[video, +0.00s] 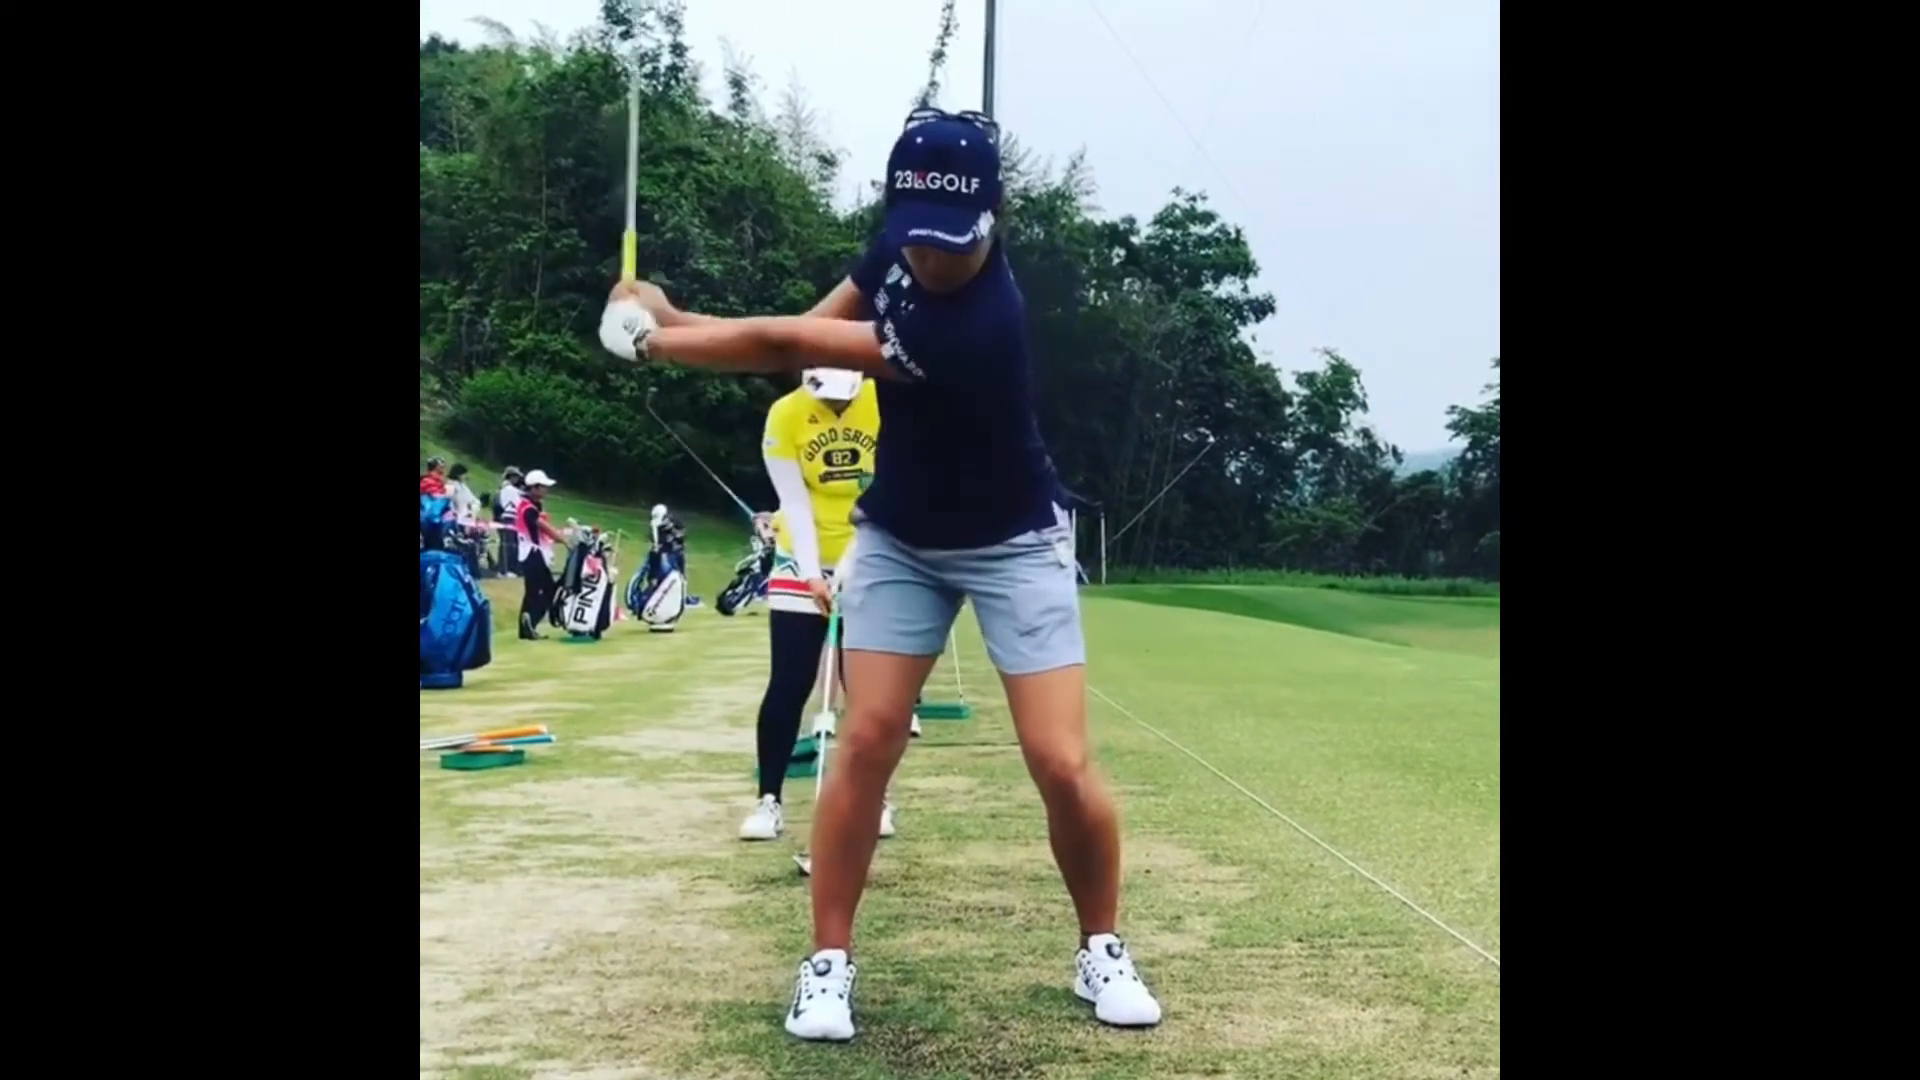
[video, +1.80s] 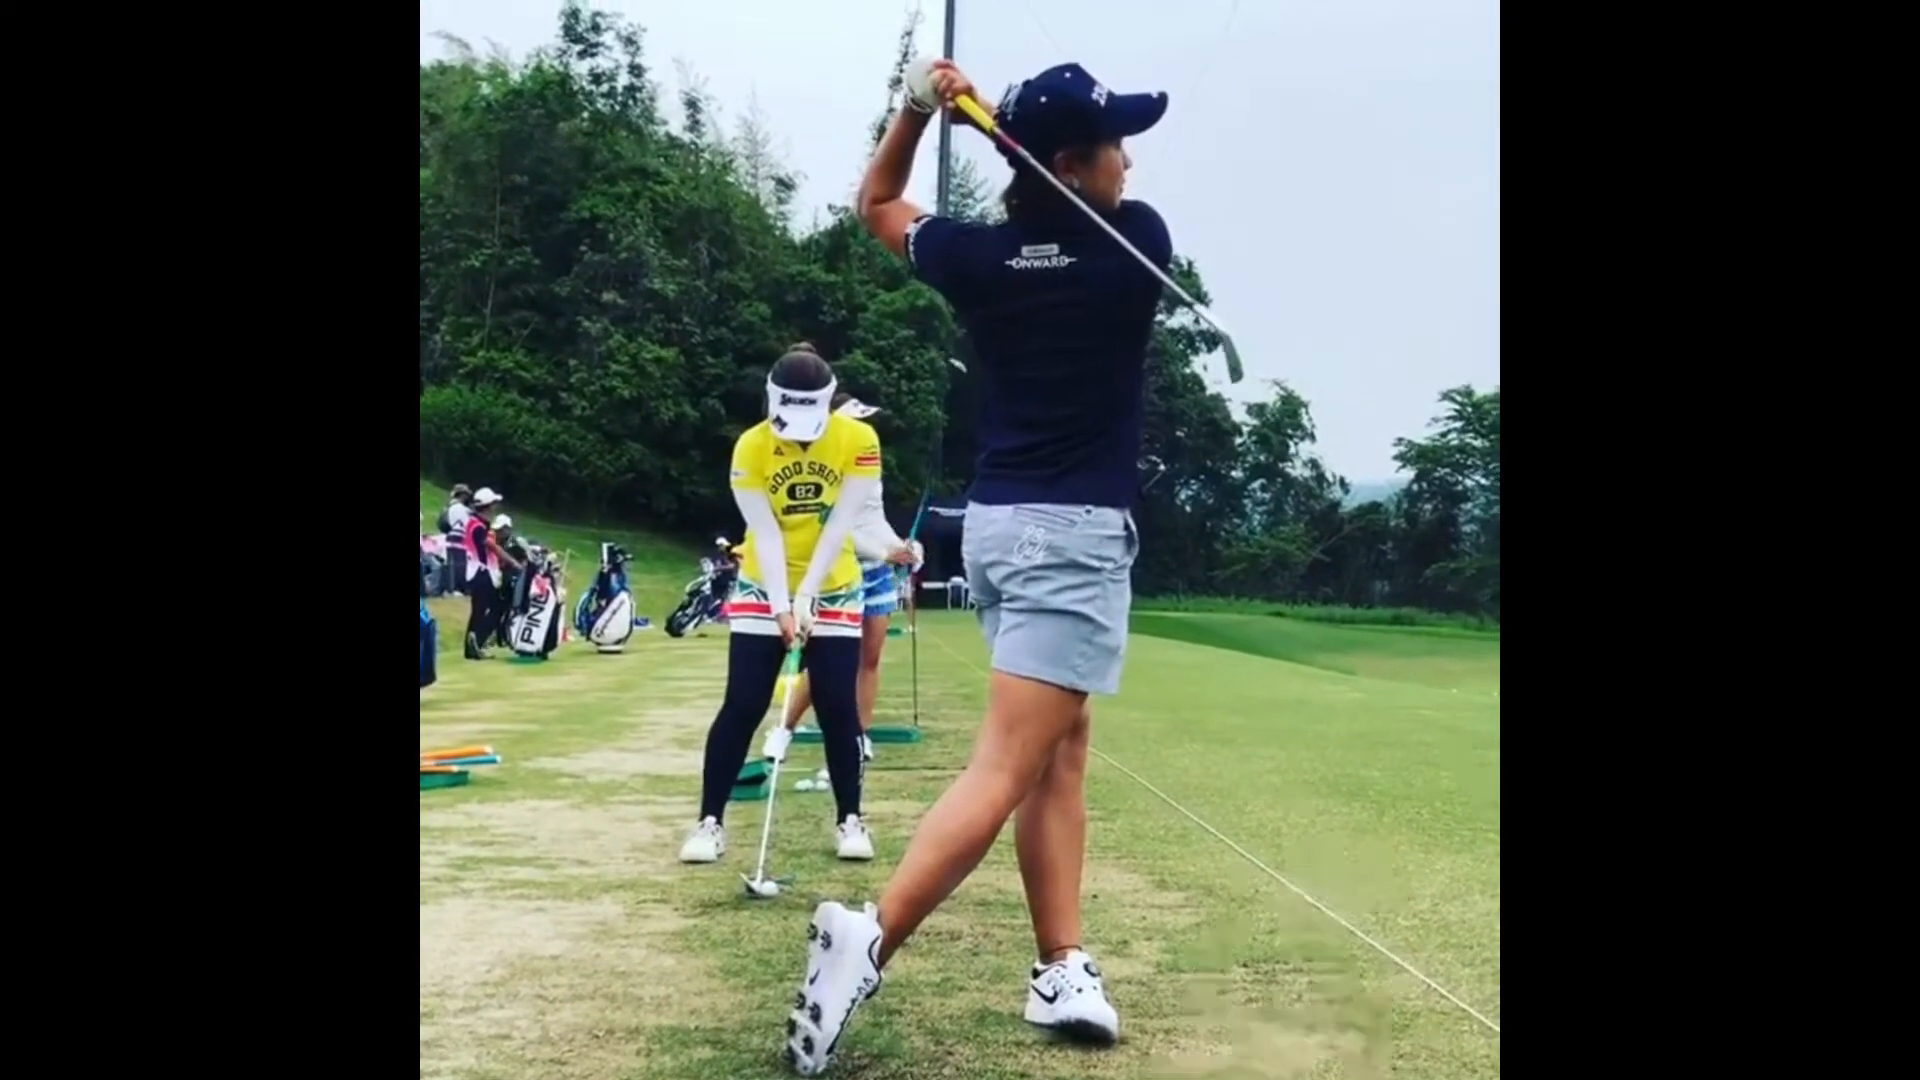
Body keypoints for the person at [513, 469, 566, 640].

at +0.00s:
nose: (545, 491)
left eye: (546, 488)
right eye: (542, 488)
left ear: (535, 490)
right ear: (533, 489)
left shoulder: (529, 506)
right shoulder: (529, 510)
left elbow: (544, 528)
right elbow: (547, 530)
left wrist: (561, 535)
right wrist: (564, 540)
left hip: (532, 551)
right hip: (533, 553)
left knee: (532, 590)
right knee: (549, 587)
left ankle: (526, 627)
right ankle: (531, 619)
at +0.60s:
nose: (526, 497)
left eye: (526, 493)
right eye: (523, 494)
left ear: (512, 495)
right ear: (515, 495)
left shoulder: (507, 512)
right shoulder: (509, 516)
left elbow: (523, 534)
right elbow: (525, 537)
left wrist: (540, 542)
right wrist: (544, 548)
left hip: (508, 557)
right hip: (511, 559)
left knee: (510, 597)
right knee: (528, 594)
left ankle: (504, 635)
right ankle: (510, 626)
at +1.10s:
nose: (503, 501)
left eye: (503, 498)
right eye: (501, 498)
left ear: (487, 498)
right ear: (494, 499)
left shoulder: (482, 516)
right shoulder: (486, 520)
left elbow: (500, 539)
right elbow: (502, 541)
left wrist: (517, 549)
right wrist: (521, 552)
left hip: (483, 560)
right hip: (488, 563)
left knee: (486, 601)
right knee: (504, 599)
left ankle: (479, 639)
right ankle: (485, 631)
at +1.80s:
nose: (495, 508)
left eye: (495, 505)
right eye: (493, 505)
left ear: (479, 506)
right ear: (486, 507)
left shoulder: (472, 523)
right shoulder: (479, 527)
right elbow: (495, 549)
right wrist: (515, 564)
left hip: (475, 568)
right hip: (483, 571)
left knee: (479, 608)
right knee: (497, 606)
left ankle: (472, 644)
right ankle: (478, 638)